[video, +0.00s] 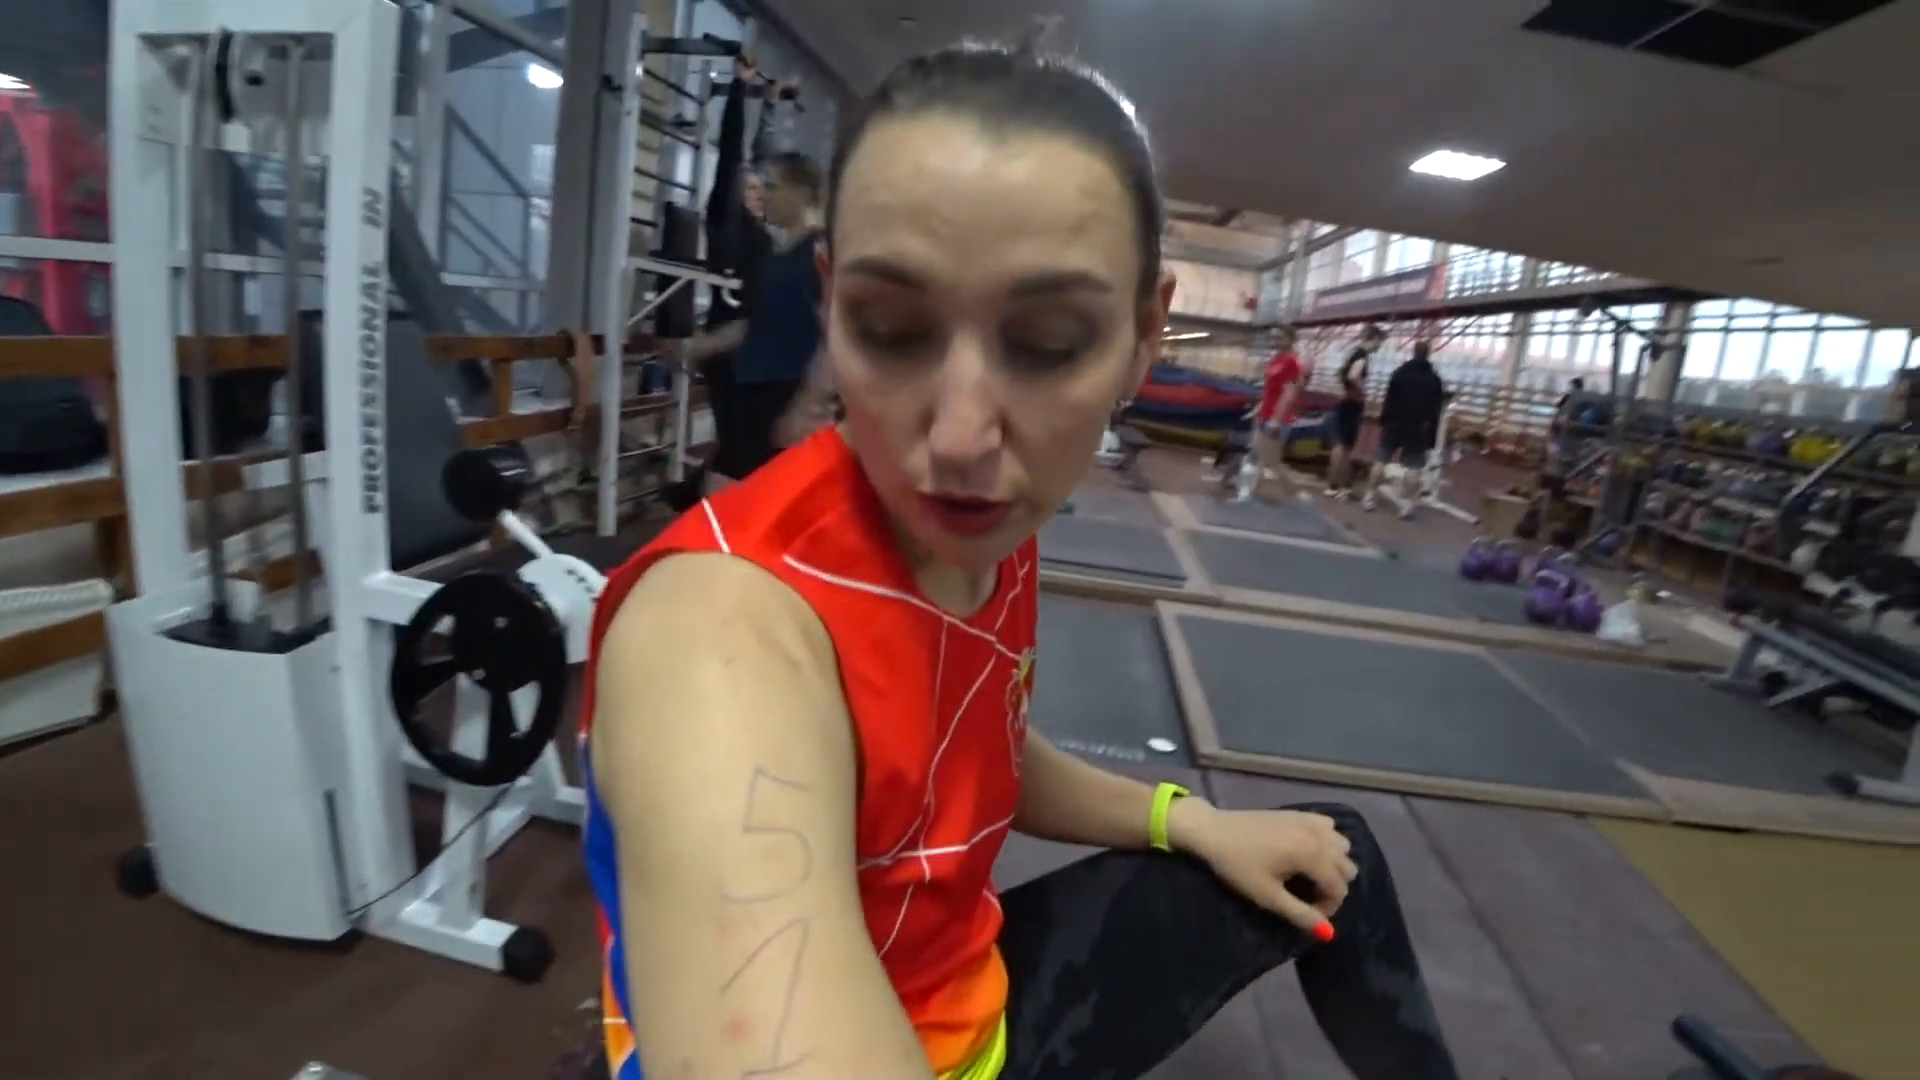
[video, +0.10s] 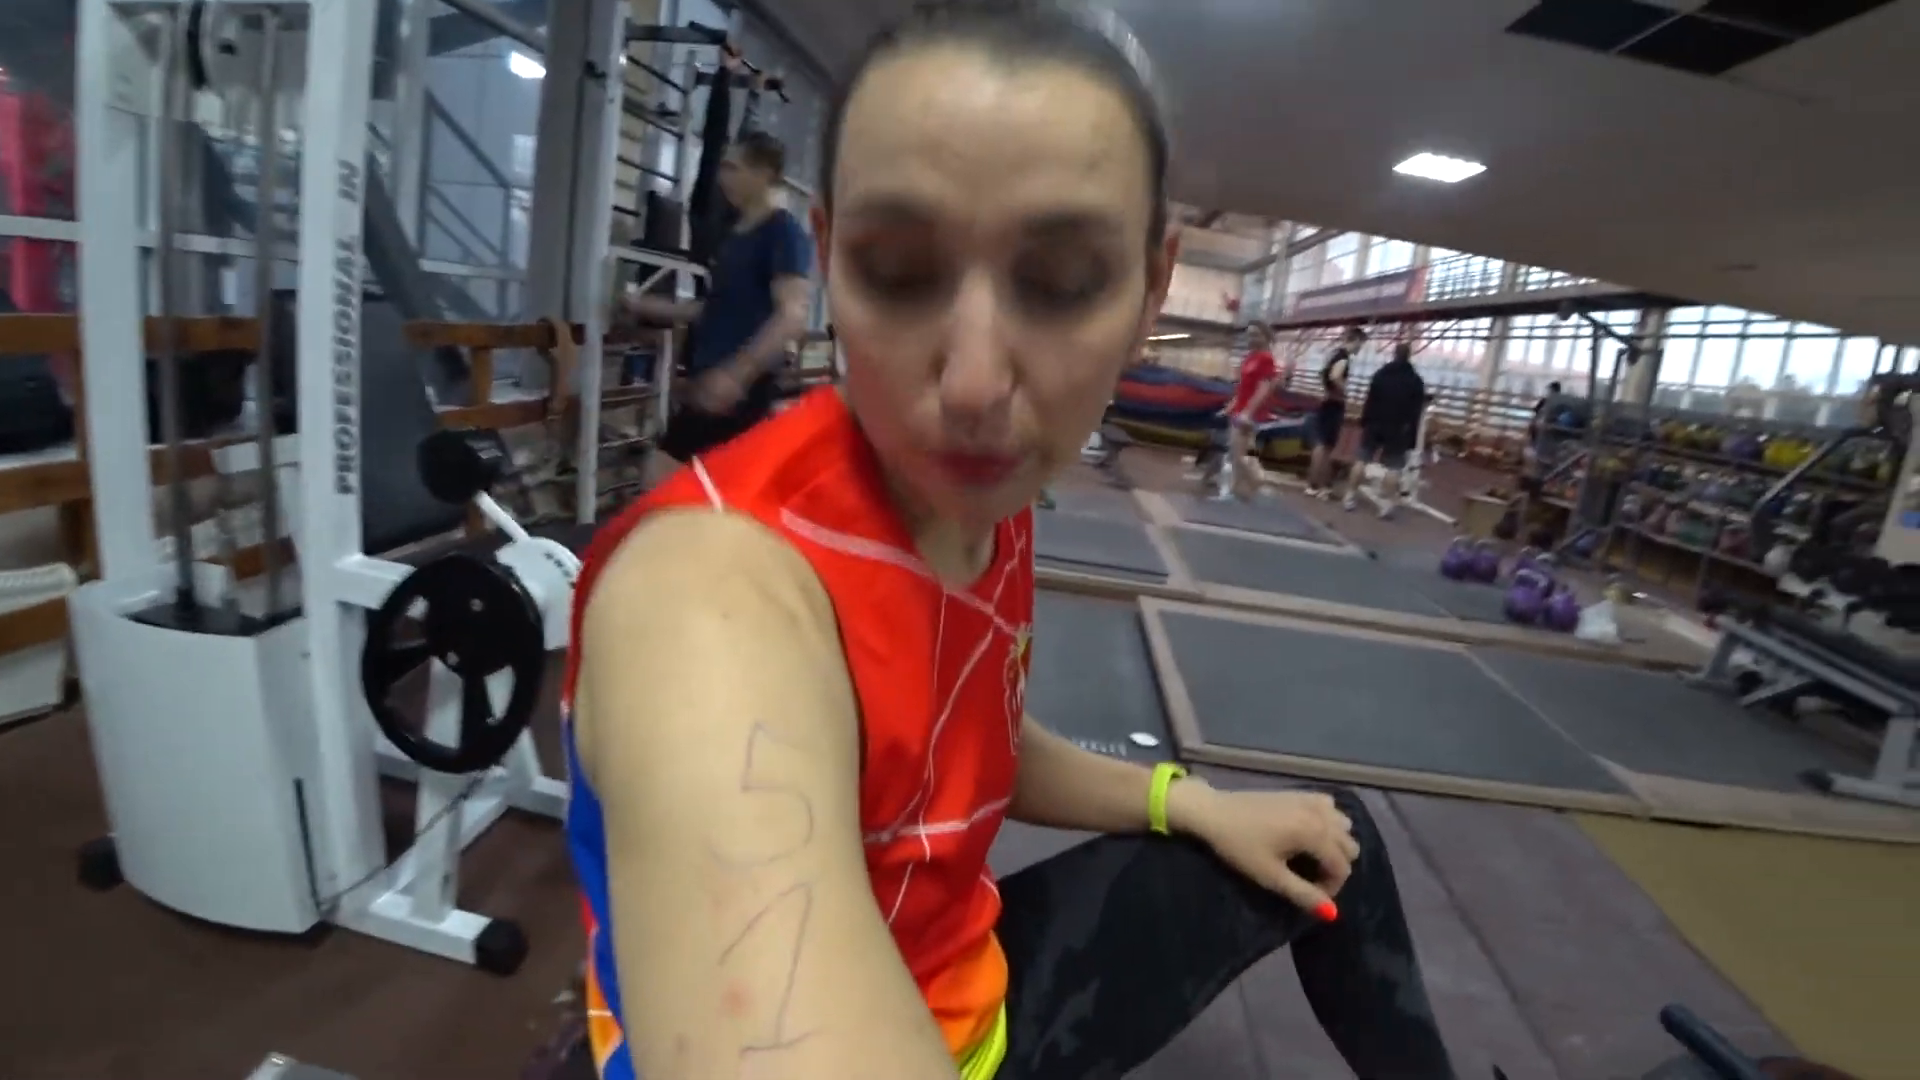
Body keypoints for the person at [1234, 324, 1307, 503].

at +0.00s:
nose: (1274, 342)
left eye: (1279, 338)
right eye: (1272, 338)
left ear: (1290, 340)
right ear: (1271, 339)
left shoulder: (1291, 363)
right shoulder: (1274, 360)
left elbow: (1289, 394)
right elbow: (1269, 392)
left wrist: (1276, 420)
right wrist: (1256, 409)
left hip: (1276, 420)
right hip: (1264, 416)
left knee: (1270, 461)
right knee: (1256, 457)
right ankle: (1246, 494)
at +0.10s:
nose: (1251, 338)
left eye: (1255, 335)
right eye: (1249, 334)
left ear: (1265, 337)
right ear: (1246, 336)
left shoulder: (1266, 359)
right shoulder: (1249, 358)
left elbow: (1264, 389)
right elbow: (1242, 388)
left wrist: (1248, 413)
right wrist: (1230, 406)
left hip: (1251, 414)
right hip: (1239, 412)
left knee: (1240, 453)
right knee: (1235, 453)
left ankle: (1258, 482)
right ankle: (1238, 489)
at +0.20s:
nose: (1231, 329)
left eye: (1236, 326)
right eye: (1231, 325)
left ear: (1245, 329)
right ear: (1230, 327)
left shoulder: (1246, 350)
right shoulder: (1229, 348)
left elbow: (1243, 379)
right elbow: (1220, 379)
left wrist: (1226, 400)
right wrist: (1203, 396)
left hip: (1231, 406)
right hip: (1220, 404)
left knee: (1207, 438)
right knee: (1213, 442)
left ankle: (1219, 480)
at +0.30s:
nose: (1215, 305)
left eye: (1219, 302)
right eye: (1215, 301)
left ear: (1230, 305)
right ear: (1215, 303)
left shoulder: (1230, 327)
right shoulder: (1215, 326)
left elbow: (1228, 356)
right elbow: (1203, 356)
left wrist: (1210, 377)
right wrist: (1184, 369)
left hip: (1214, 385)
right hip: (1206, 382)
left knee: (1187, 409)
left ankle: (1186, 453)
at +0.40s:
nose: (1202, 260)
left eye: (1205, 257)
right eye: (1202, 256)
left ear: (1211, 259)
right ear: (1206, 258)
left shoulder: (1215, 283)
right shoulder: (1203, 282)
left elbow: (1215, 315)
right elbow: (1194, 314)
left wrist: (1199, 339)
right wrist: (1171, 326)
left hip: (1200, 343)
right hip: (1194, 340)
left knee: (1174, 378)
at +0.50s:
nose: (1192, 213)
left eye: (1195, 210)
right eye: (1193, 209)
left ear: (1202, 211)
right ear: (1197, 211)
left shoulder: (1205, 236)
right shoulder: (1191, 233)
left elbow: (1203, 268)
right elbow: (1184, 266)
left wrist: (1193, 295)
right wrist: (1164, 279)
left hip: (1187, 296)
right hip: (1180, 293)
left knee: (1168, 334)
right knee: (1181, 335)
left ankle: (1179, 370)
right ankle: (1178, 370)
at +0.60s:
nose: (1188, 166)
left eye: (1191, 162)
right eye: (1189, 161)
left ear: (1198, 163)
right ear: (1192, 162)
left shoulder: (1200, 188)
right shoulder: (1187, 187)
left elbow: (1198, 222)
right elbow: (1175, 221)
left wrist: (1191, 250)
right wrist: (1158, 239)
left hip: (1182, 247)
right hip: (1176, 244)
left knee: (1164, 287)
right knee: (1182, 289)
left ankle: (1148, 324)